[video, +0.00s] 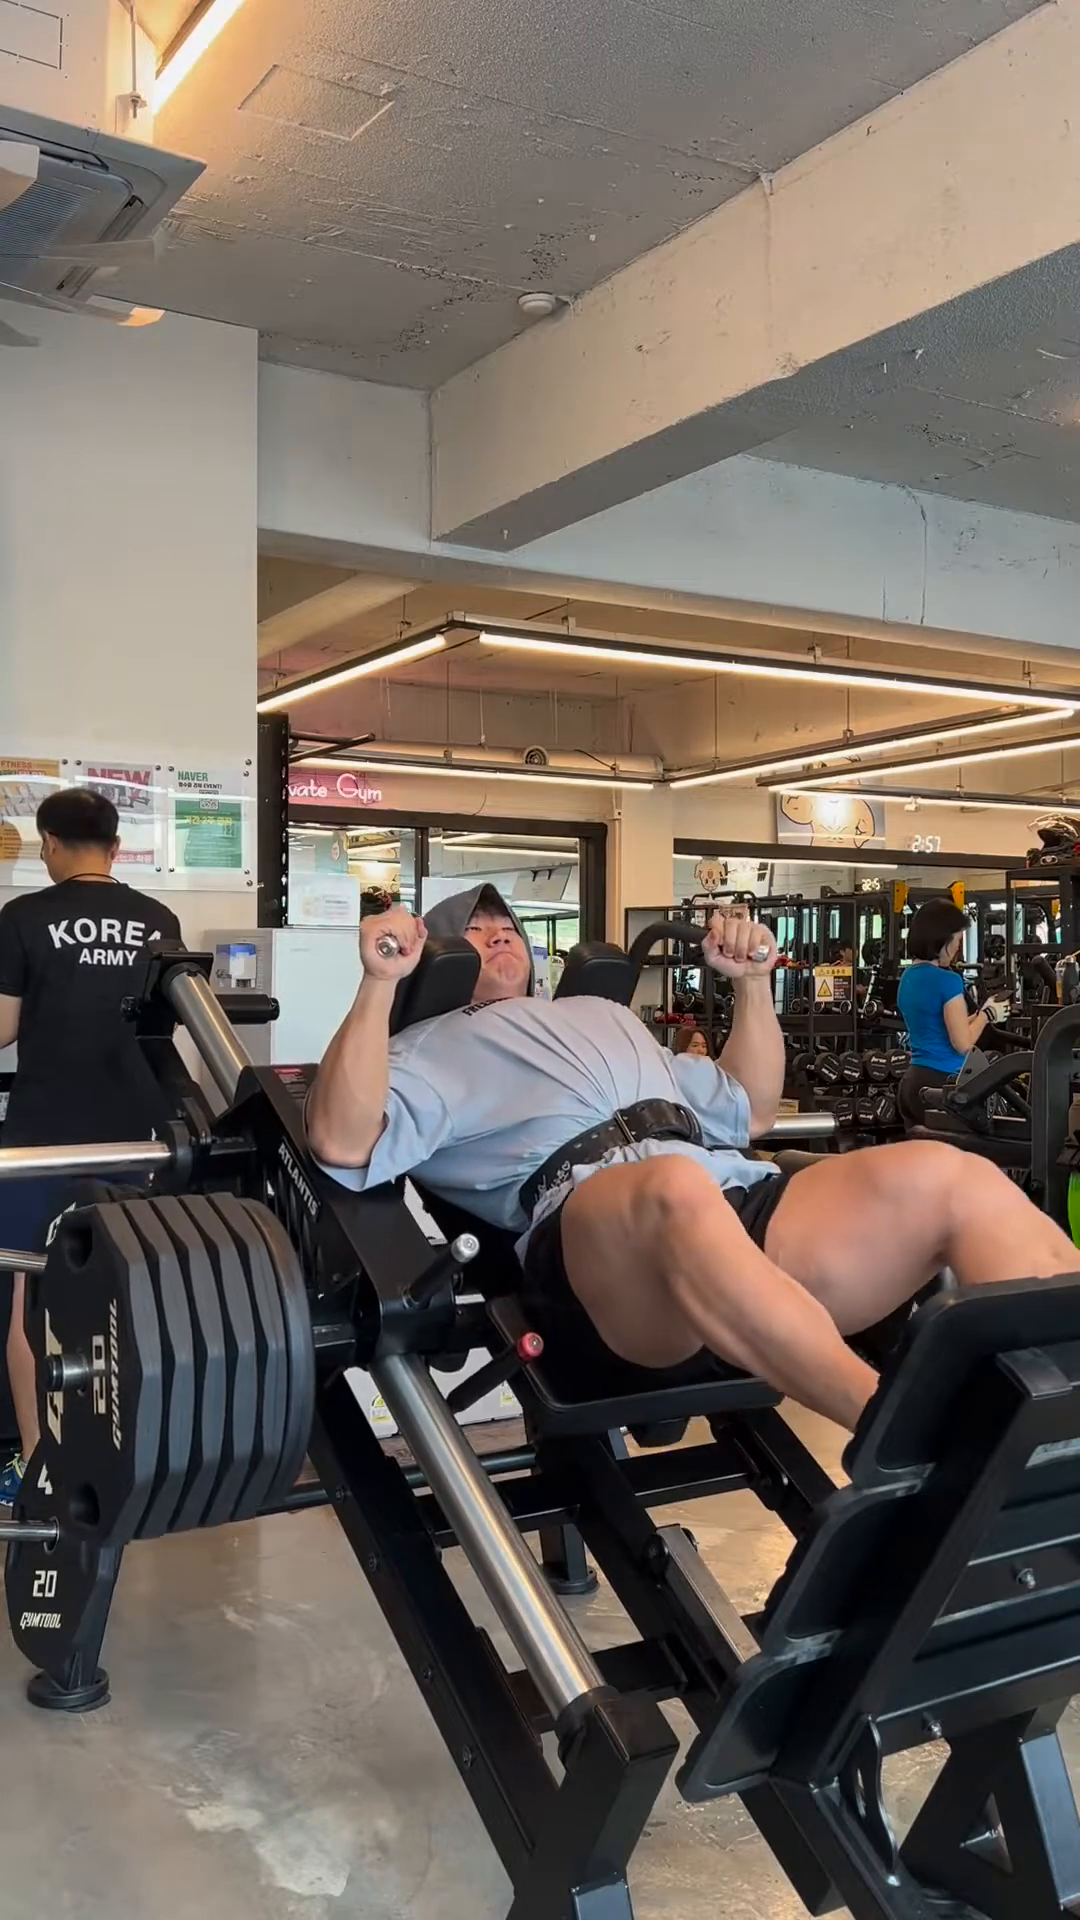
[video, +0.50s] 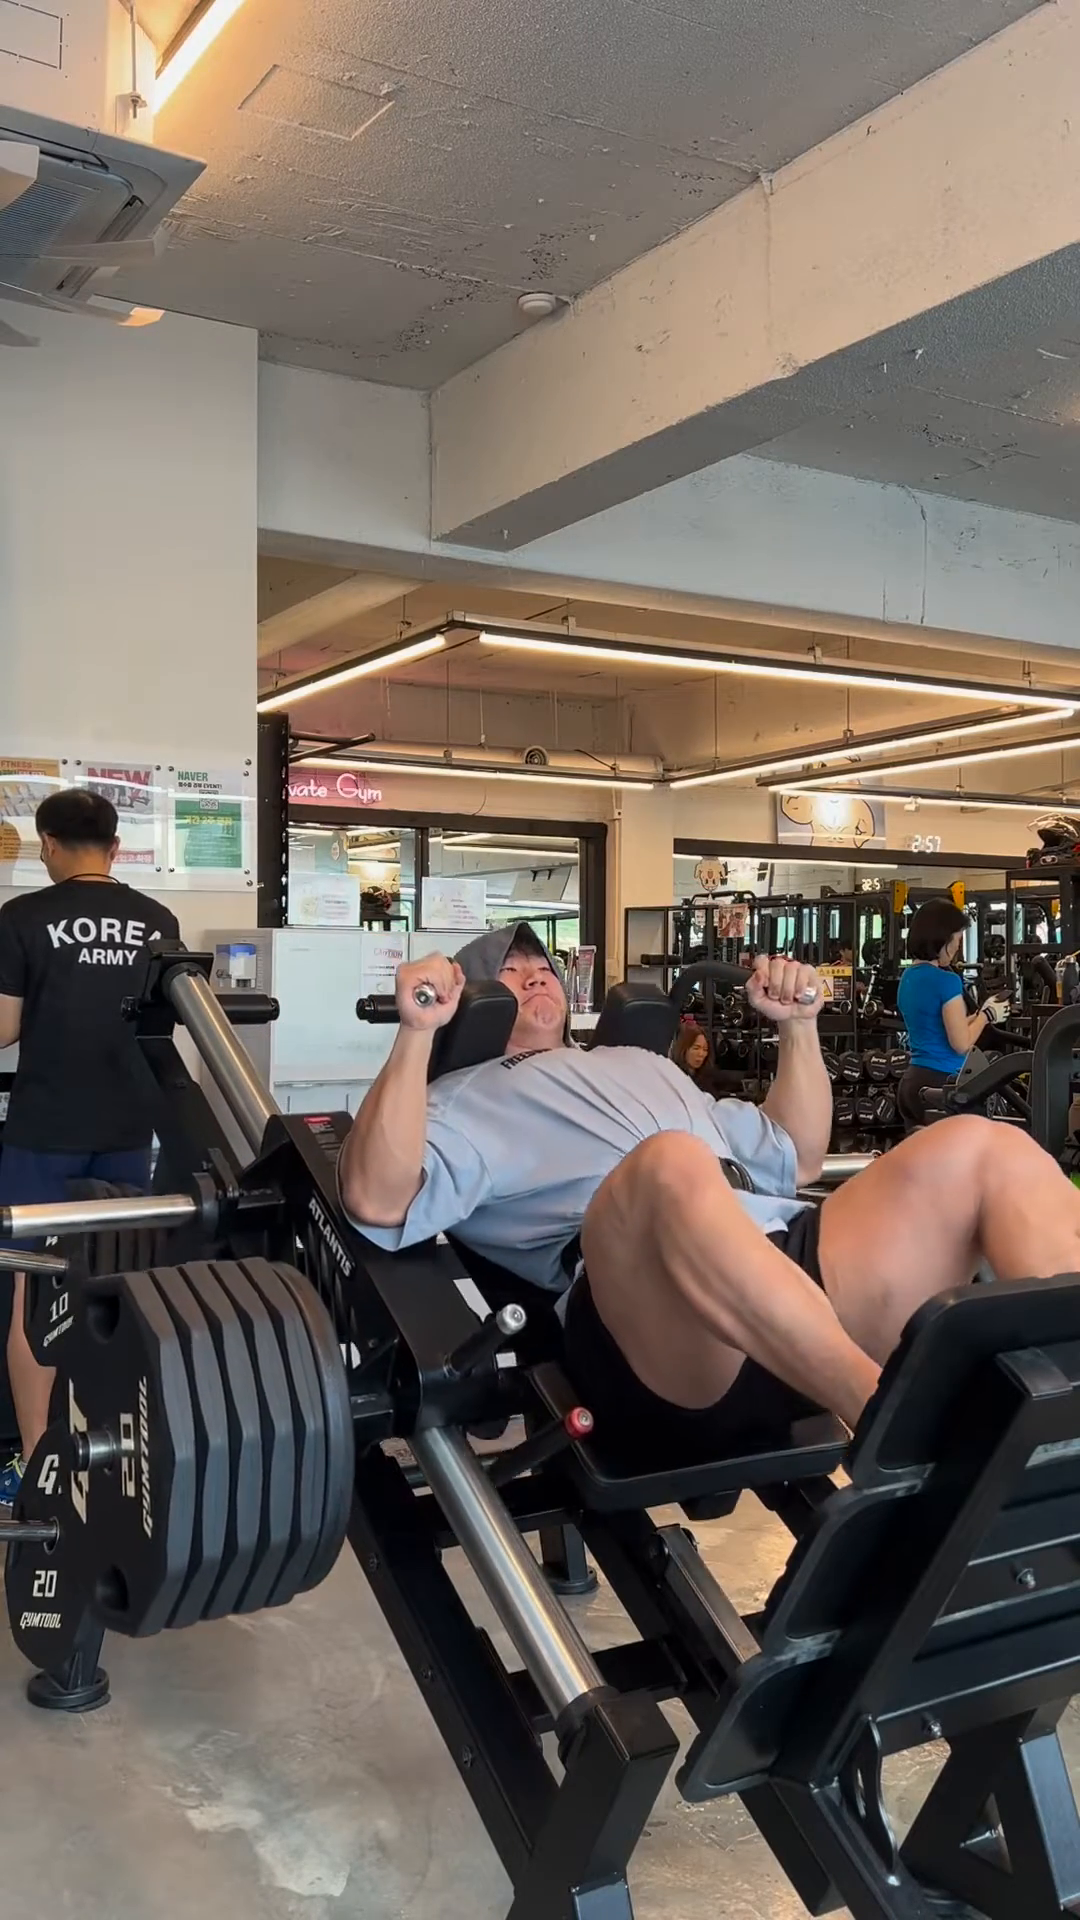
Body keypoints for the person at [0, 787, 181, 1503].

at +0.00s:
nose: (48, 857)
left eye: (45, 847)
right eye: (59, 848)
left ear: (48, 846)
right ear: (116, 849)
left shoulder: (25, 916)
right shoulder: (159, 918)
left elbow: (4, 1027)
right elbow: (173, 1020)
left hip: (44, 1133)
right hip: (139, 1130)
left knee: (21, 1297)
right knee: (128, 1290)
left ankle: (38, 1456)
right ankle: (126, 1448)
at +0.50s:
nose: (47, 857)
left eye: (45, 847)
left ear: (48, 846)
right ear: (115, 848)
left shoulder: (25, 917)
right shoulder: (159, 919)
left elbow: (5, 1027)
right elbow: (172, 1021)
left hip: (46, 1129)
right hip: (136, 1128)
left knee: (30, 1293)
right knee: (125, 1289)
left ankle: (41, 1461)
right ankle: (129, 1453)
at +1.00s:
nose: (49, 858)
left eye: (45, 848)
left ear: (48, 847)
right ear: (115, 848)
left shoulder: (25, 917)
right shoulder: (160, 917)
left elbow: (5, 1029)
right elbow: (175, 1020)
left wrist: (55, 1014)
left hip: (47, 1128)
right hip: (136, 1128)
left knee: (27, 1295)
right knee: (124, 1290)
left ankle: (41, 1462)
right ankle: (126, 1453)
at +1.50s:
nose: (49, 858)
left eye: (46, 848)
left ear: (49, 846)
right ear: (116, 848)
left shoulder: (27, 918)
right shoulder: (161, 918)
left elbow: (7, 1030)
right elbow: (173, 1020)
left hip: (47, 1131)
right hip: (135, 1131)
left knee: (28, 1298)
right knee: (121, 1287)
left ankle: (41, 1463)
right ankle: (124, 1449)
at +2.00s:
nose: (47, 859)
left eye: (44, 849)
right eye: (51, 849)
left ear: (48, 847)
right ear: (116, 848)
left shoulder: (28, 916)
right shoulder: (163, 918)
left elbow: (6, 1020)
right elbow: (178, 1023)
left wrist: (47, 1004)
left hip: (47, 1130)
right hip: (135, 1132)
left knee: (26, 1298)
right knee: (130, 1288)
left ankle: (41, 1462)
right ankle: (138, 1447)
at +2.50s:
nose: (41, 862)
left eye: (40, 852)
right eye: (42, 853)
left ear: (48, 849)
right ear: (114, 848)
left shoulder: (30, 916)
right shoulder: (164, 917)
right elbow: (177, 1010)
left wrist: (35, 988)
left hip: (50, 1130)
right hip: (136, 1131)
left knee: (27, 1298)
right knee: (126, 1287)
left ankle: (40, 1466)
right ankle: (138, 1455)